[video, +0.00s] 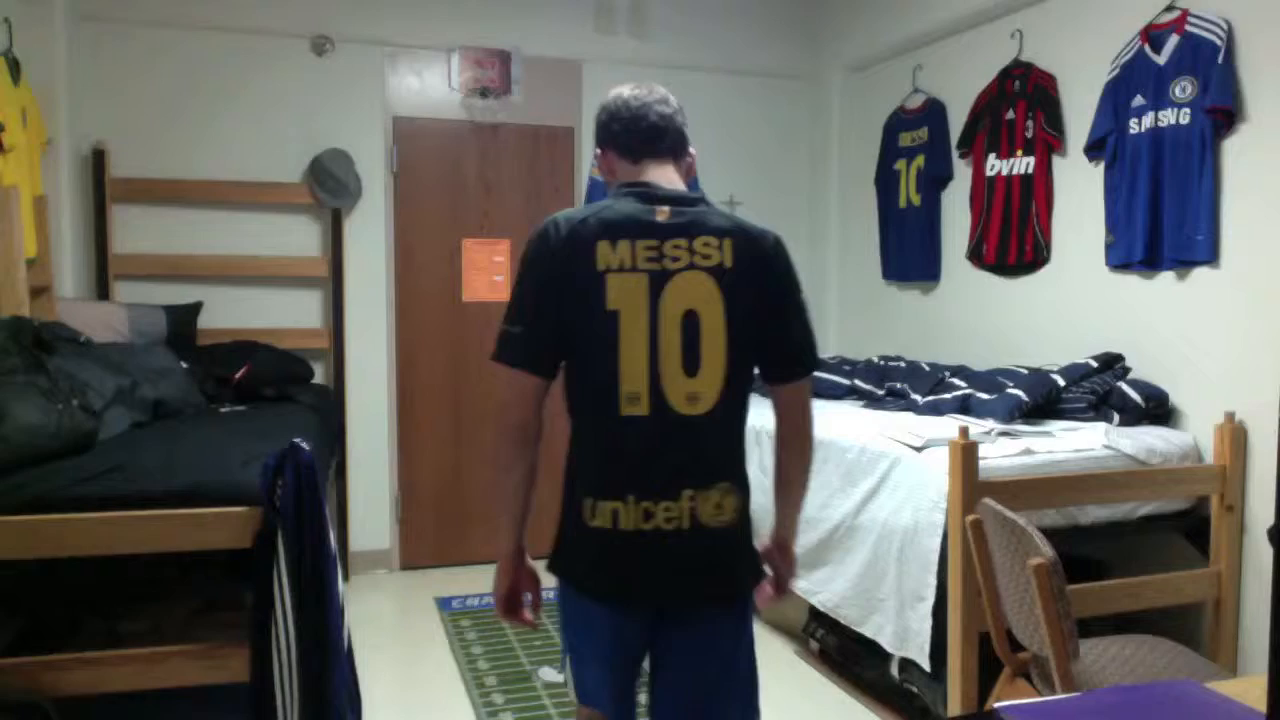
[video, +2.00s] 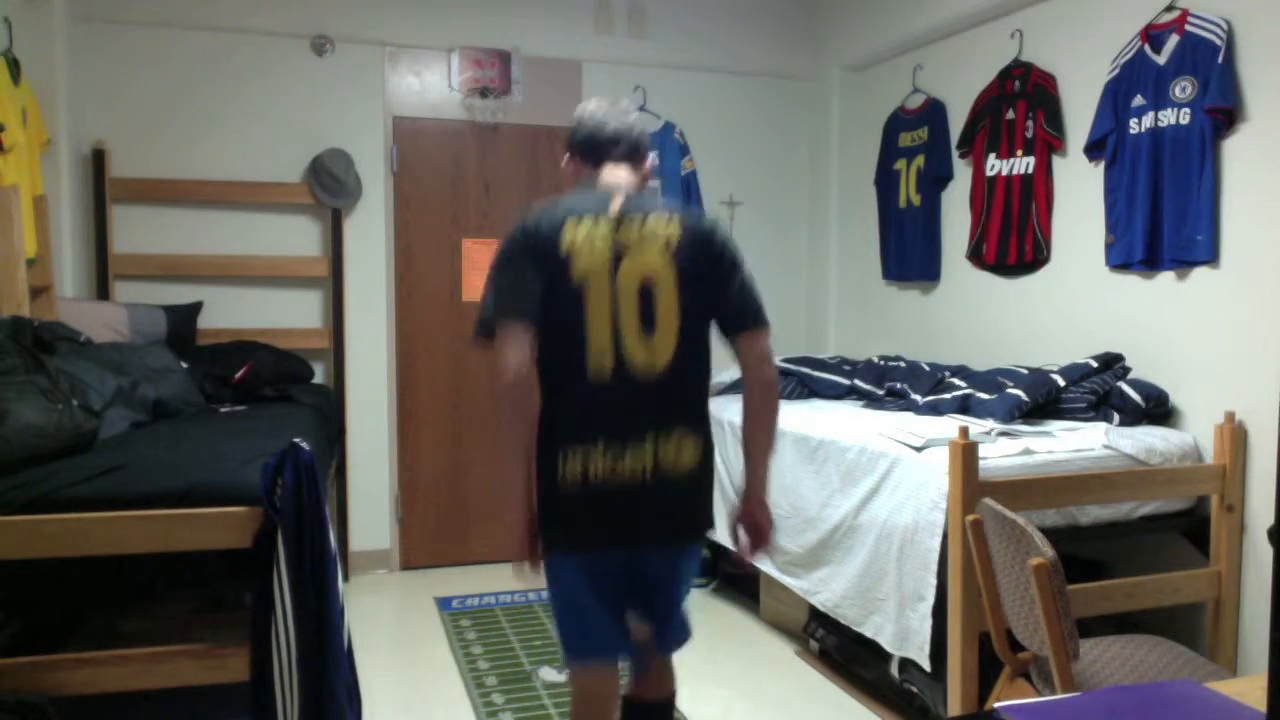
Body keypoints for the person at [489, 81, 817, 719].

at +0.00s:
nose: (598, 171)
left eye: (598, 159)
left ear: (604, 159)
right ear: (690, 156)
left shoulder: (564, 241)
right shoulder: (755, 248)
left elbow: (519, 413)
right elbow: (795, 412)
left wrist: (513, 553)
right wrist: (784, 536)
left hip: (600, 553)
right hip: (712, 553)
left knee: (598, 709)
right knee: (710, 710)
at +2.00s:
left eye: (567, 162)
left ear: (570, 163)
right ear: (648, 165)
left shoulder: (538, 233)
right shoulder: (697, 234)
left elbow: (515, 373)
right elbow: (760, 369)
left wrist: (521, 504)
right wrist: (755, 491)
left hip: (578, 499)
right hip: (675, 495)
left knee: (593, 677)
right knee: (654, 656)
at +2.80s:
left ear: (583, 188)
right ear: (662, 190)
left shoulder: (538, 251)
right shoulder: (716, 251)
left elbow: (462, 388)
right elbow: (775, 398)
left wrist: (514, 420)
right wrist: (793, 551)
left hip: (601, 521)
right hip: (701, 512)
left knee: (610, 702)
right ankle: (589, 670)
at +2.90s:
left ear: (589, 186)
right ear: (668, 186)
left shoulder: (544, 252)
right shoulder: (722, 247)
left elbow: (467, 388)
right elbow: (779, 397)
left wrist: (558, 400)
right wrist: (792, 542)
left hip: (604, 522)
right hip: (705, 512)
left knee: (615, 704)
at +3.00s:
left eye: (600, 162)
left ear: (602, 171)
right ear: (684, 169)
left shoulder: (557, 251)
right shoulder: (737, 250)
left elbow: (487, 394)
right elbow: (791, 397)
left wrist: (568, 377)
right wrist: (787, 519)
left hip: (612, 529)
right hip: (713, 522)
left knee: (624, 706)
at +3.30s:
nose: (636, 140)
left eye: (638, 129)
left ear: (644, 141)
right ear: (722, 136)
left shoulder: (634, 248)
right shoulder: (776, 250)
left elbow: (579, 399)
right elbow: (801, 401)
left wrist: (560, 391)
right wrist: (752, 460)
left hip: (651, 535)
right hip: (743, 532)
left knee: (629, 707)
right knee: (726, 698)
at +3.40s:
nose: (652, 136)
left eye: (652, 124)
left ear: (659, 138)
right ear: (738, 134)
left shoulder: (659, 246)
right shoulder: (790, 247)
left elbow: (650, 409)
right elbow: (797, 401)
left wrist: (578, 395)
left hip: (669, 532)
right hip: (761, 531)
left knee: (640, 705)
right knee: (751, 705)